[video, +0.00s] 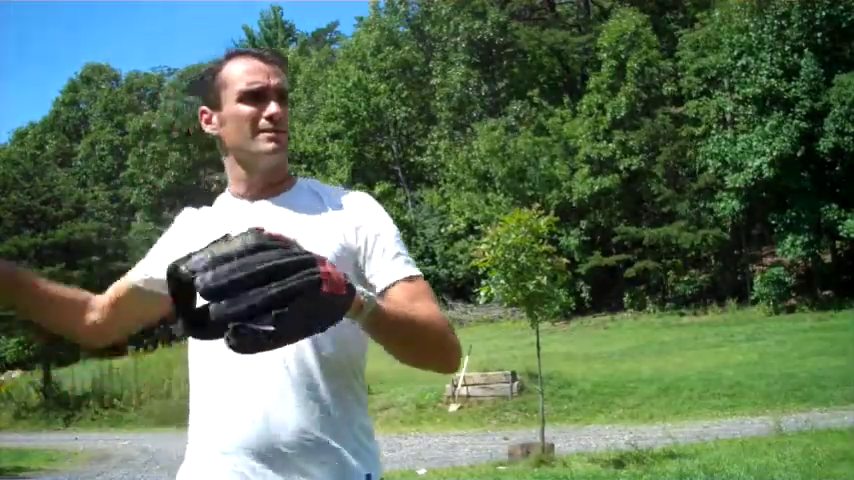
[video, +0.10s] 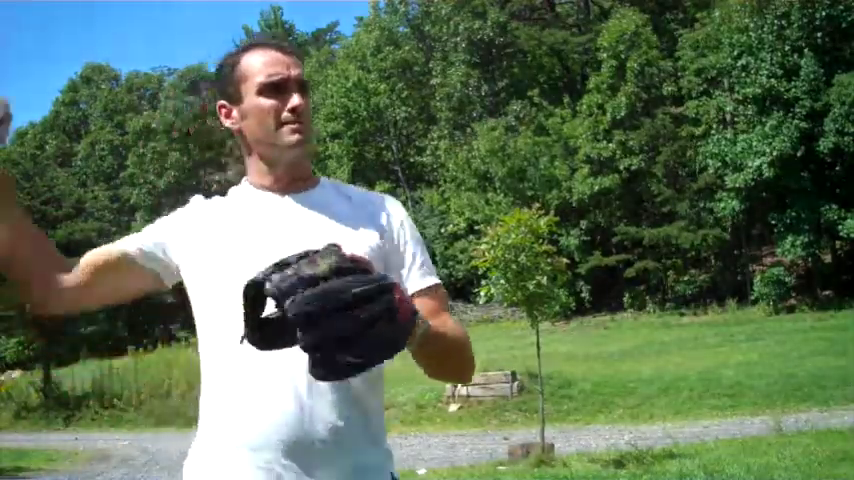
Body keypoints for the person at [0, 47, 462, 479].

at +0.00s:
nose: (275, 111)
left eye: (281, 98)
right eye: (254, 98)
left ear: (290, 111)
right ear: (212, 121)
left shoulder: (354, 213)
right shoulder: (190, 230)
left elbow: (445, 352)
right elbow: (98, 321)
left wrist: (352, 301)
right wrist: (9, 279)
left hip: (335, 465)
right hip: (220, 465)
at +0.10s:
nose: (297, 101)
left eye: (302, 88)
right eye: (274, 90)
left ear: (311, 103)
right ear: (231, 115)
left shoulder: (382, 215)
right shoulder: (197, 226)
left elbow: (459, 366)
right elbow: (55, 289)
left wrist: (402, 318)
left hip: (357, 465)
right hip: (235, 466)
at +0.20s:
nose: (318, 97)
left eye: (320, 82)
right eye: (295, 86)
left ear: (329, 93)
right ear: (251, 112)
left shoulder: (394, 221)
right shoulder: (215, 209)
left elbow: (455, 373)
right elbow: (84, 231)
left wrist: (437, 335)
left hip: (370, 465)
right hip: (245, 467)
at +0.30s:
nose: (331, 93)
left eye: (334, 78)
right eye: (307, 80)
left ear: (344, 87)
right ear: (260, 105)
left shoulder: (391, 223)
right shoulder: (247, 200)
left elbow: (421, 345)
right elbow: (206, 192)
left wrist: (453, 354)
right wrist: (185, 17)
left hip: (382, 465)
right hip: (266, 463)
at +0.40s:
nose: (342, 87)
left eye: (345, 72)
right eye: (317, 76)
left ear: (353, 78)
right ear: (268, 100)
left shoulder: (386, 222)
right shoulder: (240, 163)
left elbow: (409, 355)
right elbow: (302, 177)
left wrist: (459, 384)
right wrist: (425, 105)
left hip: (380, 465)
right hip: (265, 464)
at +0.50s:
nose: (351, 84)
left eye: (356, 69)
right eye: (327, 70)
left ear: (364, 81)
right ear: (278, 94)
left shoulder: (376, 206)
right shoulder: (259, 163)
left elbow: (395, 351)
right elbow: (393, 234)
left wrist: (462, 416)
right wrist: (571, 253)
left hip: (374, 464)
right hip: (271, 466)